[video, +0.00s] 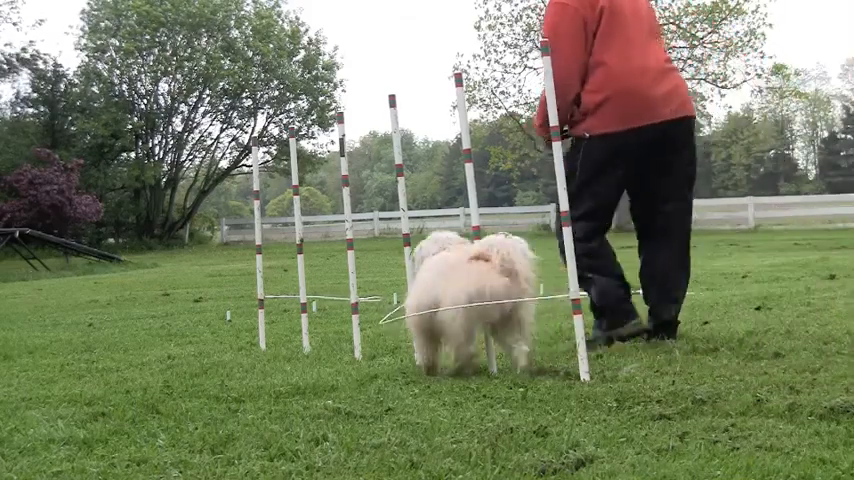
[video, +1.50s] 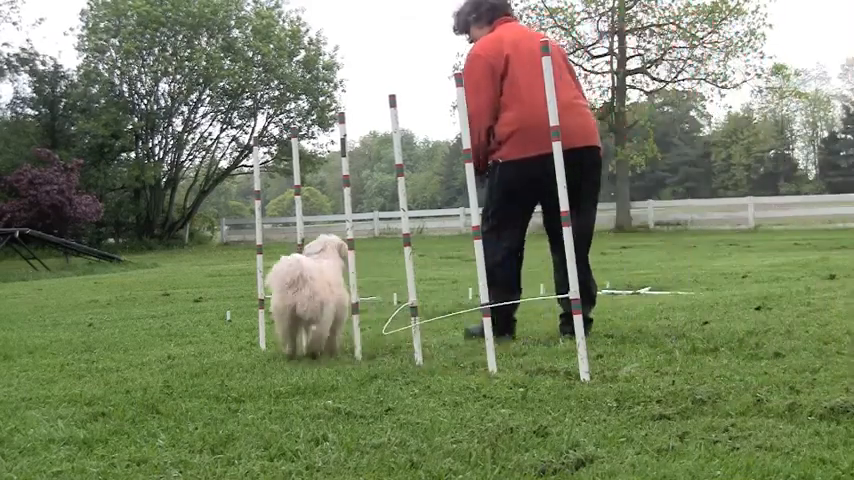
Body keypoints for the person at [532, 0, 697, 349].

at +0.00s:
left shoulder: (567, 4)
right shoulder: (637, 5)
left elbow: (565, 76)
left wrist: (546, 124)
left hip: (612, 116)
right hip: (673, 107)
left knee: (579, 227)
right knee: (665, 221)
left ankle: (616, 316)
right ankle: (665, 321)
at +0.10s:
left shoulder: (559, 6)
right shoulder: (630, 5)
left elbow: (552, 77)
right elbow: (640, 60)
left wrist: (536, 125)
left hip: (596, 116)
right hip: (660, 108)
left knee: (576, 225)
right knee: (660, 221)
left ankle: (575, 325)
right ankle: (663, 323)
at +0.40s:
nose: (501, 10)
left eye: (500, 3)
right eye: (498, 5)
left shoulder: (517, 29)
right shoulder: (591, 19)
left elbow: (507, 101)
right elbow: (614, 74)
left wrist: (494, 146)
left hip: (547, 146)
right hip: (611, 140)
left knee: (537, 240)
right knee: (609, 234)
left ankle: (539, 329)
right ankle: (635, 294)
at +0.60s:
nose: (485, 15)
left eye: (483, 9)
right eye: (481, 10)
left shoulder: (500, 27)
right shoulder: (573, 19)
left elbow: (489, 98)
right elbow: (599, 78)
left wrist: (481, 146)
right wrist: (600, 125)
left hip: (533, 138)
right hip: (596, 136)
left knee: (526, 235)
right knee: (576, 227)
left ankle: (538, 330)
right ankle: (594, 314)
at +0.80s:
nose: (478, 20)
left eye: (476, 12)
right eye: (474, 14)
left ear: (489, 1)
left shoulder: (496, 29)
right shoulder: (563, 22)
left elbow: (488, 99)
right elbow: (586, 78)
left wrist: (478, 147)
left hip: (533, 137)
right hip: (590, 132)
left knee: (523, 235)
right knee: (572, 229)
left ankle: (539, 331)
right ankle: (572, 319)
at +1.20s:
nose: (486, 36)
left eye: (483, 28)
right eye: (481, 32)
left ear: (495, 10)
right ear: (518, 6)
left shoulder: (504, 40)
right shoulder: (563, 34)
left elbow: (495, 112)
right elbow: (578, 90)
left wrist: (482, 157)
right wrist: (521, 142)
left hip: (542, 146)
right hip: (595, 140)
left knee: (522, 240)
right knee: (579, 240)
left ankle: (540, 317)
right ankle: (579, 319)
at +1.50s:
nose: (470, 41)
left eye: (469, 33)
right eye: (467, 35)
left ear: (480, 21)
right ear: (506, 16)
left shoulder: (484, 51)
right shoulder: (549, 43)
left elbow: (479, 117)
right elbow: (575, 92)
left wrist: (479, 163)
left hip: (524, 150)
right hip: (582, 144)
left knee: (501, 235)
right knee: (572, 234)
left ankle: (499, 322)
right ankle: (577, 319)